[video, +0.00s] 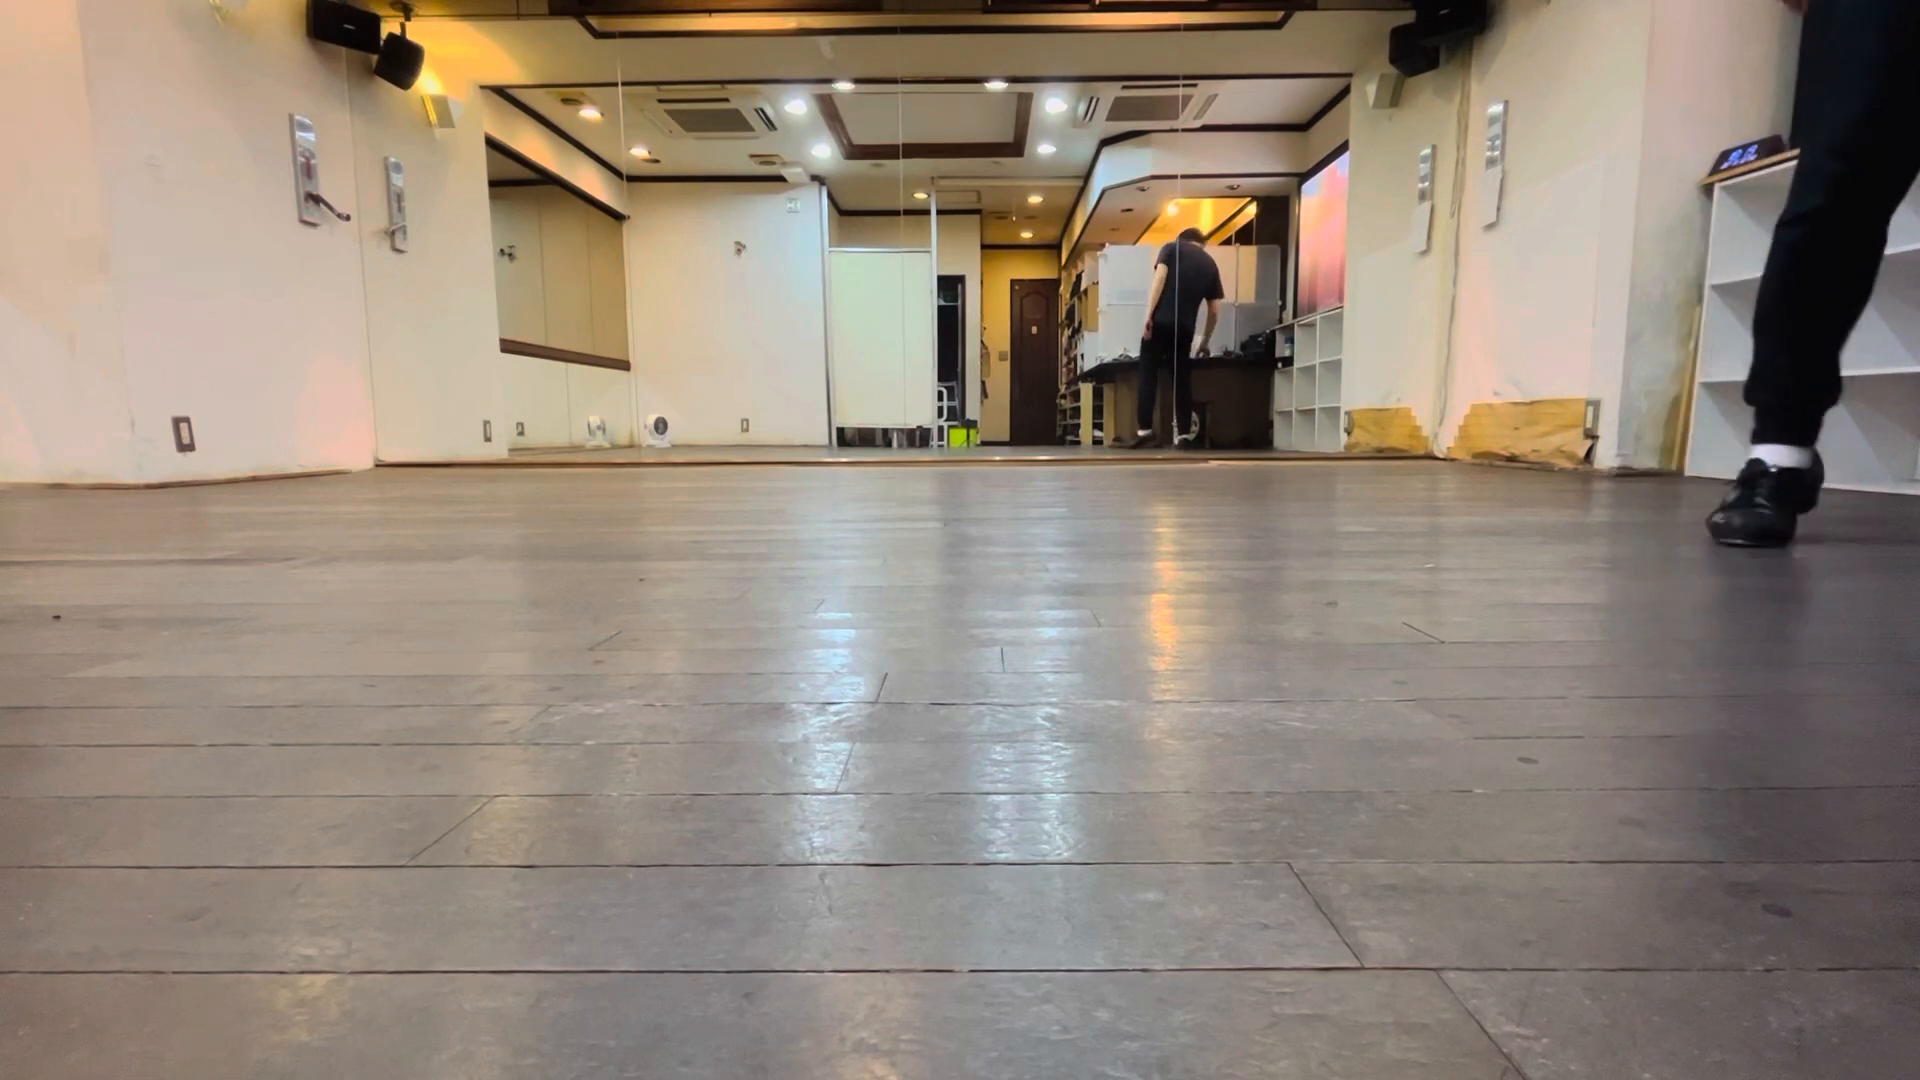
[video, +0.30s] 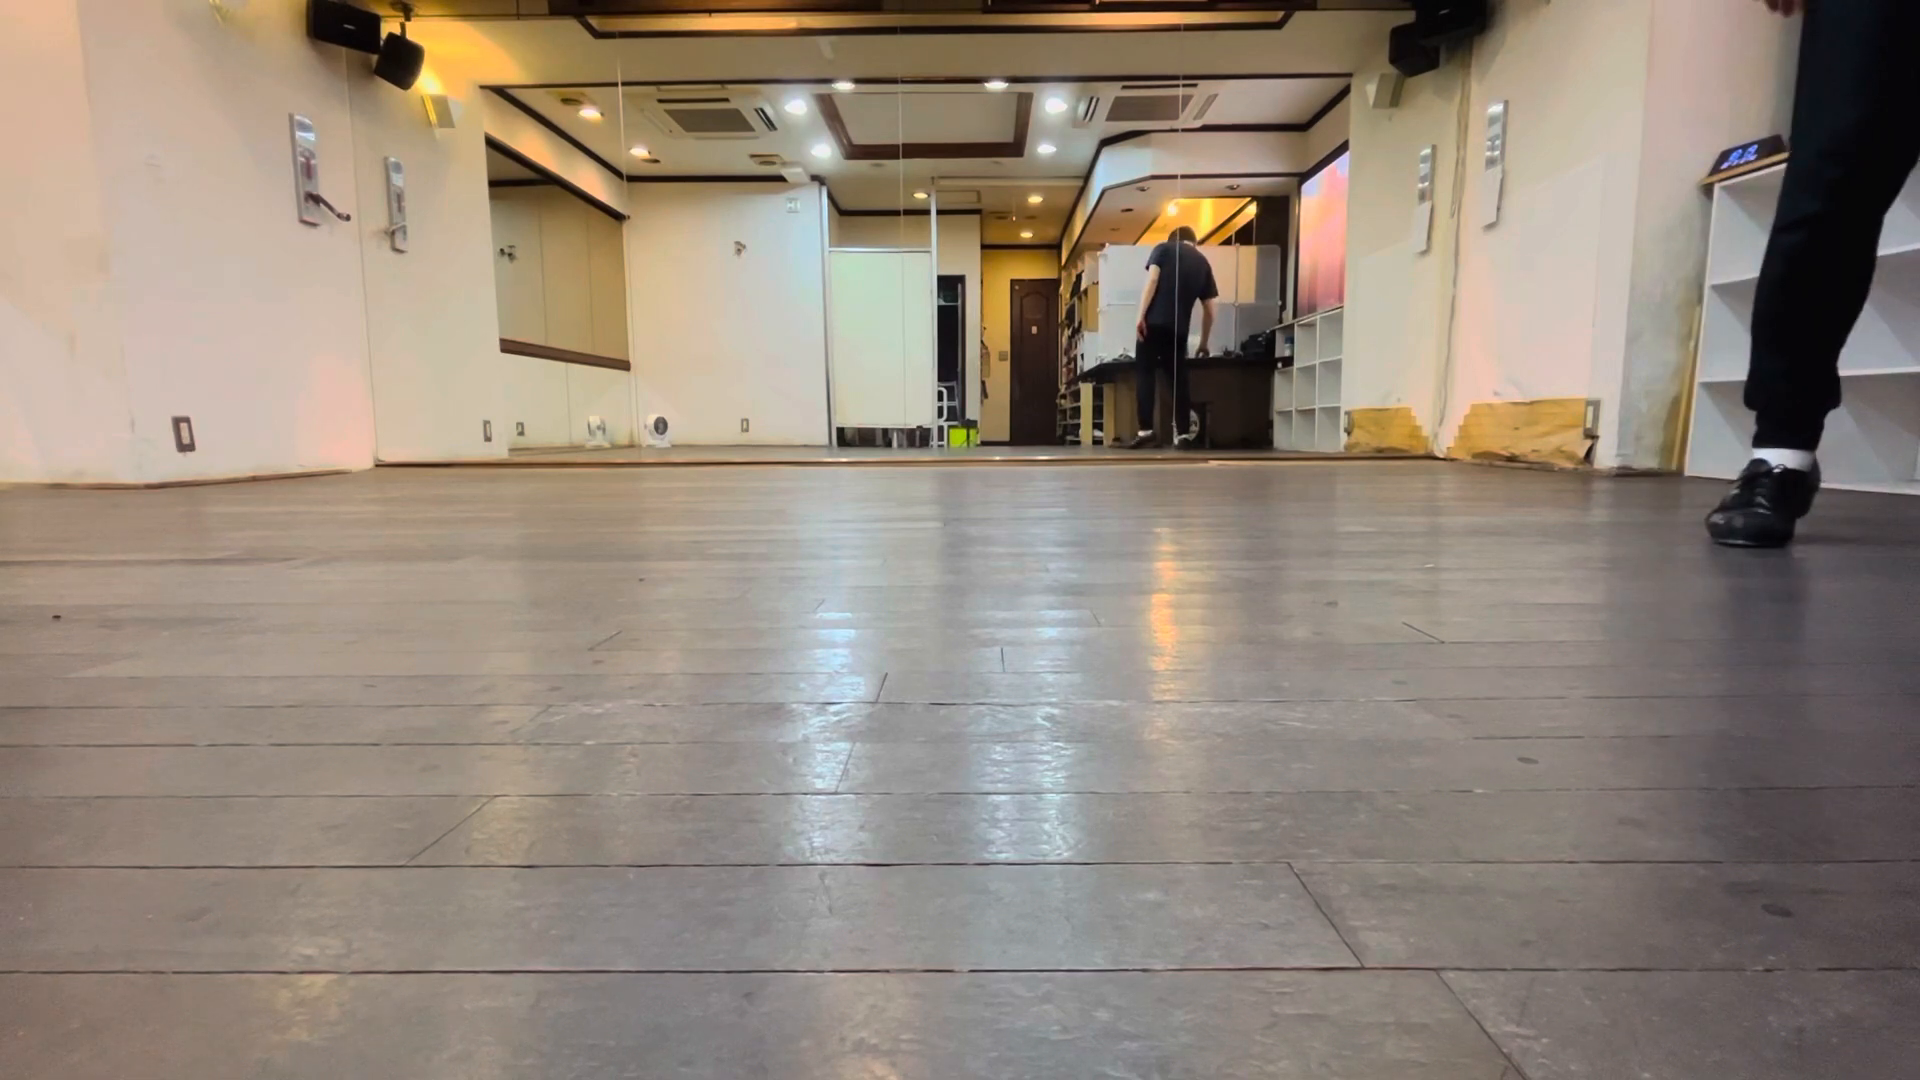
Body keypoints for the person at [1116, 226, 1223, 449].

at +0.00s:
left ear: (1181, 239)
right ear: (1201, 244)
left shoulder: (1171, 247)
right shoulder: (1210, 263)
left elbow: (1160, 278)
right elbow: (1214, 311)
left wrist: (1149, 314)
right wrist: (1205, 342)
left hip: (1159, 324)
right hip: (1184, 328)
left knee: (1147, 373)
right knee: (1182, 377)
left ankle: (1145, 429)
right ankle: (1182, 433)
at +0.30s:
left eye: (1172, 239)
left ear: (1173, 238)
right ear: (1194, 243)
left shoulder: (1163, 248)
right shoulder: (1202, 262)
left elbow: (1152, 280)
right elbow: (1209, 311)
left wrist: (1141, 316)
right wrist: (1204, 343)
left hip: (1153, 326)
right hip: (1178, 330)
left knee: (1144, 375)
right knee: (1179, 378)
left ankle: (1145, 429)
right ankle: (1181, 432)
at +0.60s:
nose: (1160, 247)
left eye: (1161, 243)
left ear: (1164, 241)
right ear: (1183, 242)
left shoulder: (1160, 250)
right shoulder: (1196, 261)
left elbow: (1158, 280)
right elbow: (1205, 305)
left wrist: (1150, 318)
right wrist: (1201, 339)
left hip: (1154, 325)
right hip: (1179, 330)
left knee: (1139, 372)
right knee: (1178, 378)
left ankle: (1139, 428)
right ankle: (1182, 433)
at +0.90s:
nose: (1131, 250)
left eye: (1131, 247)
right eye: (1130, 247)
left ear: (1134, 243)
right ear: (1154, 241)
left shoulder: (1140, 253)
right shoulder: (1174, 259)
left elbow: (1148, 280)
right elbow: (1185, 294)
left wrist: (1159, 313)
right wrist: (1180, 321)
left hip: (1145, 326)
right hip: (1170, 327)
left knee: (1131, 376)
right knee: (1173, 378)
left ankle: (1120, 432)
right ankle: (1182, 432)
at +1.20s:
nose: (1099, 249)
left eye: (1098, 245)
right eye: (1098, 246)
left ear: (1102, 242)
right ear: (1121, 238)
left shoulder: (1107, 256)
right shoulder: (1140, 257)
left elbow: (1110, 287)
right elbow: (1155, 292)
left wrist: (1111, 324)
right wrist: (1152, 327)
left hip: (1119, 326)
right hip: (1142, 326)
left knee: (1110, 376)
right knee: (1139, 372)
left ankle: (1116, 434)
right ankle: (1165, 420)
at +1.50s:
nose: (1073, 247)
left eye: (1073, 243)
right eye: (1073, 243)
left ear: (1077, 241)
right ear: (1095, 239)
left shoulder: (1081, 258)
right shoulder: (1114, 258)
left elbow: (1073, 294)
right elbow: (1131, 293)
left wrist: (1051, 317)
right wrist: (1136, 329)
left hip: (1096, 332)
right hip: (1115, 331)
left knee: (1103, 380)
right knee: (1091, 377)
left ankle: (1117, 433)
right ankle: (1084, 425)